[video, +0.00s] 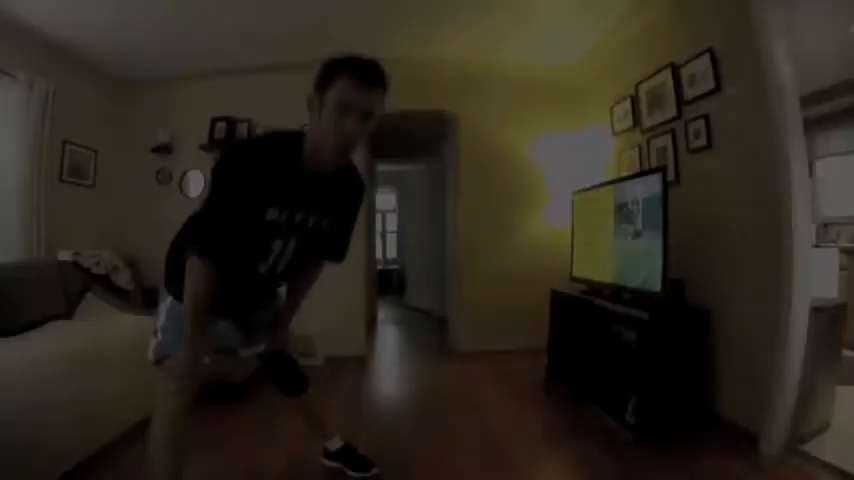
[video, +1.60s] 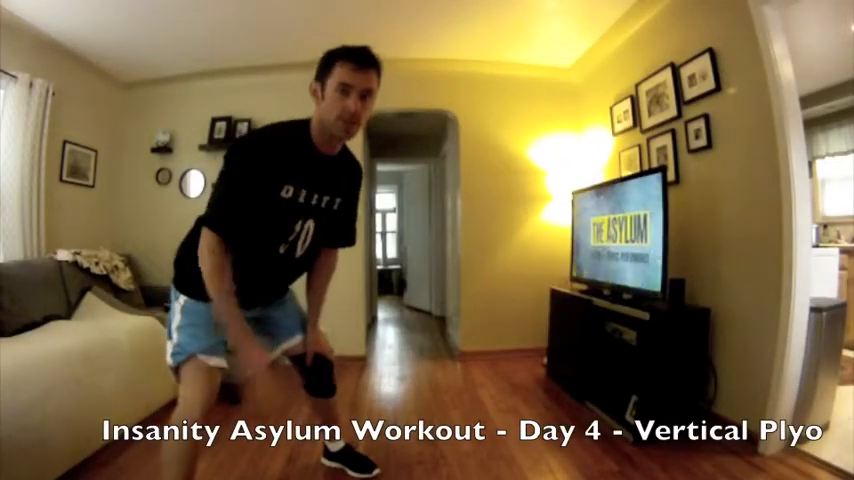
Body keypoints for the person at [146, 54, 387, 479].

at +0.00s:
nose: (354, 127)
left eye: (365, 117)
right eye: (345, 111)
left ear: (374, 121)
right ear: (316, 106)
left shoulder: (347, 186)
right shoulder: (252, 157)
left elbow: (311, 265)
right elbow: (203, 254)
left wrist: (281, 328)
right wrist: (193, 352)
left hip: (260, 286)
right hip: (201, 280)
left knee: (283, 367)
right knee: (181, 381)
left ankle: (331, 446)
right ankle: (164, 470)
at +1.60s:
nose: (354, 107)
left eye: (365, 97)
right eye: (345, 91)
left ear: (373, 104)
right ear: (317, 91)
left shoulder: (347, 172)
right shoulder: (258, 148)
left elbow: (327, 251)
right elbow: (210, 244)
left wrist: (313, 325)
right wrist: (242, 338)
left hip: (268, 288)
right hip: (207, 287)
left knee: (319, 368)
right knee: (198, 400)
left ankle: (336, 446)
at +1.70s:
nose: (357, 104)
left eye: (367, 95)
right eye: (347, 88)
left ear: (375, 103)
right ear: (319, 89)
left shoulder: (350, 171)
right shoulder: (261, 145)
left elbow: (330, 256)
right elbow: (215, 240)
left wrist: (318, 325)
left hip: (278, 291)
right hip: (213, 287)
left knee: (323, 369)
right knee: (201, 398)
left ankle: (335, 446)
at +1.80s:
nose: (360, 104)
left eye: (371, 95)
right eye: (350, 88)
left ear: (378, 103)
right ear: (322, 89)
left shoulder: (353, 172)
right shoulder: (266, 144)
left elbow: (333, 251)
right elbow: (226, 240)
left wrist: (321, 325)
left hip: (275, 286)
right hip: (214, 284)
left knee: (325, 367)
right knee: (202, 396)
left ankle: (335, 447)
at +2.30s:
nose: (397, 102)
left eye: (399, 91)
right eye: (393, 88)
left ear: (367, 83)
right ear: (361, 78)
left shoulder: (356, 161)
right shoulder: (289, 125)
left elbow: (337, 239)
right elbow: (252, 209)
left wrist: (329, 301)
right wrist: (309, 285)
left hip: (294, 290)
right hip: (232, 284)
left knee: (331, 370)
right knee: (206, 397)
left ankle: (335, 447)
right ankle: (178, 473)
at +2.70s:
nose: (400, 81)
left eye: (402, 71)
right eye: (397, 69)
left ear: (371, 64)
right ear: (369, 61)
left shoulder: (362, 134)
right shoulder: (307, 102)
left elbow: (353, 213)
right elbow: (269, 180)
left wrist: (353, 277)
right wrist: (262, 268)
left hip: (329, 275)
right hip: (281, 273)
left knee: (343, 363)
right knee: (263, 384)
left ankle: (336, 447)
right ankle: (230, 473)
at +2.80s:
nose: (396, 75)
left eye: (398, 65)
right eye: (393, 63)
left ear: (370, 60)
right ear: (364, 56)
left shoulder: (359, 128)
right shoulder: (303, 100)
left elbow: (354, 208)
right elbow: (267, 178)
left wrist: (356, 275)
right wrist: (269, 266)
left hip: (331, 273)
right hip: (282, 271)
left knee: (339, 368)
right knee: (270, 385)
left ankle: (336, 447)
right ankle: (259, 472)